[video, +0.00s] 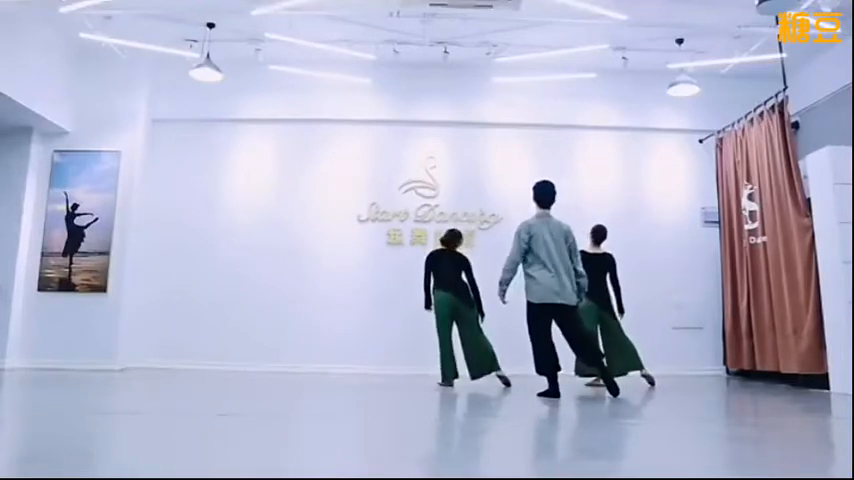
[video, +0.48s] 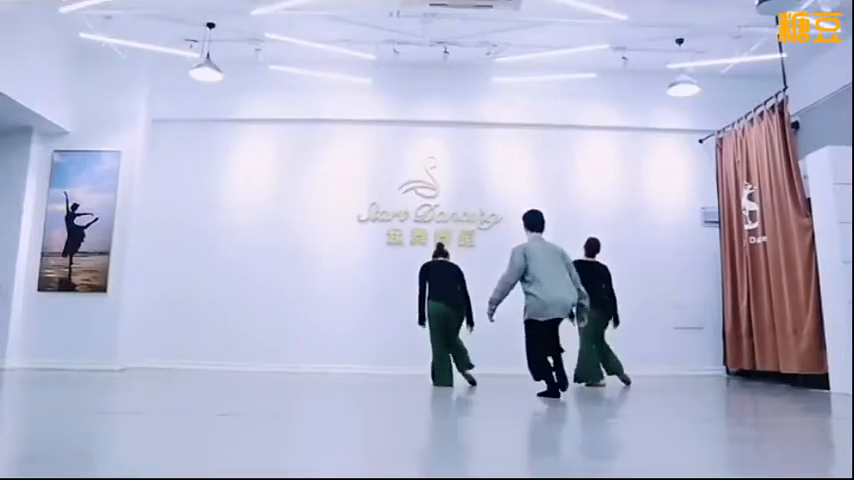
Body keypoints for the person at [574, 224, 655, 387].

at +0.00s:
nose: (594, 238)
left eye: (593, 235)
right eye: (601, 238)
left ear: (590, 236)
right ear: (604, 239)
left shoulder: (580, 256)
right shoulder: (608, 258)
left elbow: (574, 278)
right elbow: (615, 284)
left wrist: (574, 299)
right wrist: (620, 306)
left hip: (585, 303)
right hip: (604, 304)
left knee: (590, 339)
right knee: (619, 338)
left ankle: (599, 376)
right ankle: (641, 369)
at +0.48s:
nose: (587, 251)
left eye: (586, 248)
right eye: (591, 248)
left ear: (584, 249)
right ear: (598, 251)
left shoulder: (576, 266)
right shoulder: (603, 269)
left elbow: (570, 288)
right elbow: (610, 293)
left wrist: (569, 309)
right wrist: (615, 314)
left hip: (585, 311)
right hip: (604, 312)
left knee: (588, 342)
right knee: (599, 341)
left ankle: (595, 377)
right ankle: (618, 370)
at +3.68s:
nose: (532, 229)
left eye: (530, 226)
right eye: (536, 226)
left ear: (528, 227)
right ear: (542, 228)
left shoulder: (520, 247)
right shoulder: (548, 248)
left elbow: (516, 272)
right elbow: (553, 275)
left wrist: (515, 293)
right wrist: (554, 296)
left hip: (528, 291)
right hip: (545, 292)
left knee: (531, 330)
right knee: (542, 329)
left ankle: (537, 367)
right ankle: (539, 368)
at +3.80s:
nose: (531, 229)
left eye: (530, 226)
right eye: (535, 226)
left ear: (527, 227)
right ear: (542, 228)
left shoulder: (520, 247)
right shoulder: (547, 248)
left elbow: (515, 272)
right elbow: (552, 275)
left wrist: (513, 293)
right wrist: (554, 296)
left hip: (527, 292)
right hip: (544, 293)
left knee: (529, 330)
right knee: (542, 330)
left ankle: (536, 367)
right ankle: (538, 368)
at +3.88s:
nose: (531, 229)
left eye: (530, 226)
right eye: (535, 226)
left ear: (527, 227)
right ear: (541, 228)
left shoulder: (520, 247)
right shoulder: (547, 248)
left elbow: (515, 272)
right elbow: (552, 275)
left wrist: (513, 292)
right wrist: (553, 296)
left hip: (527, 291)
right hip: (544, 292)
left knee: (530, 329)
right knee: (542, 329)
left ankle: (537, 367)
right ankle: (539, 368)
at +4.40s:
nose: (516, 239)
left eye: (516, 237)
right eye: (519, 237)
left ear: (517, 238)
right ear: (531, 239)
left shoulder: (511, 259)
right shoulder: (537, 259)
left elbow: (507, 285)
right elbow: (547, 280)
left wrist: (507, 306)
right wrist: (556, 299)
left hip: (518, 303)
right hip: (537, 303)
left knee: (517, 338)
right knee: (539, 339)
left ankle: (519, 369)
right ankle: (539, 377)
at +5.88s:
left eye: (466, 233)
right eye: (474, 235)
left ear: (463, 234)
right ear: (476, 236)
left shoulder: (455, 254)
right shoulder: (481, 252)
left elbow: (450, 281)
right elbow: (494, 240)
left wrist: (451, 303)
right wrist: (480, 234)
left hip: (463, 295)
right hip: (480, 294)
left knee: (467, 333)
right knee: (479, 334)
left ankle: (478, 371)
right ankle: (467, 374)